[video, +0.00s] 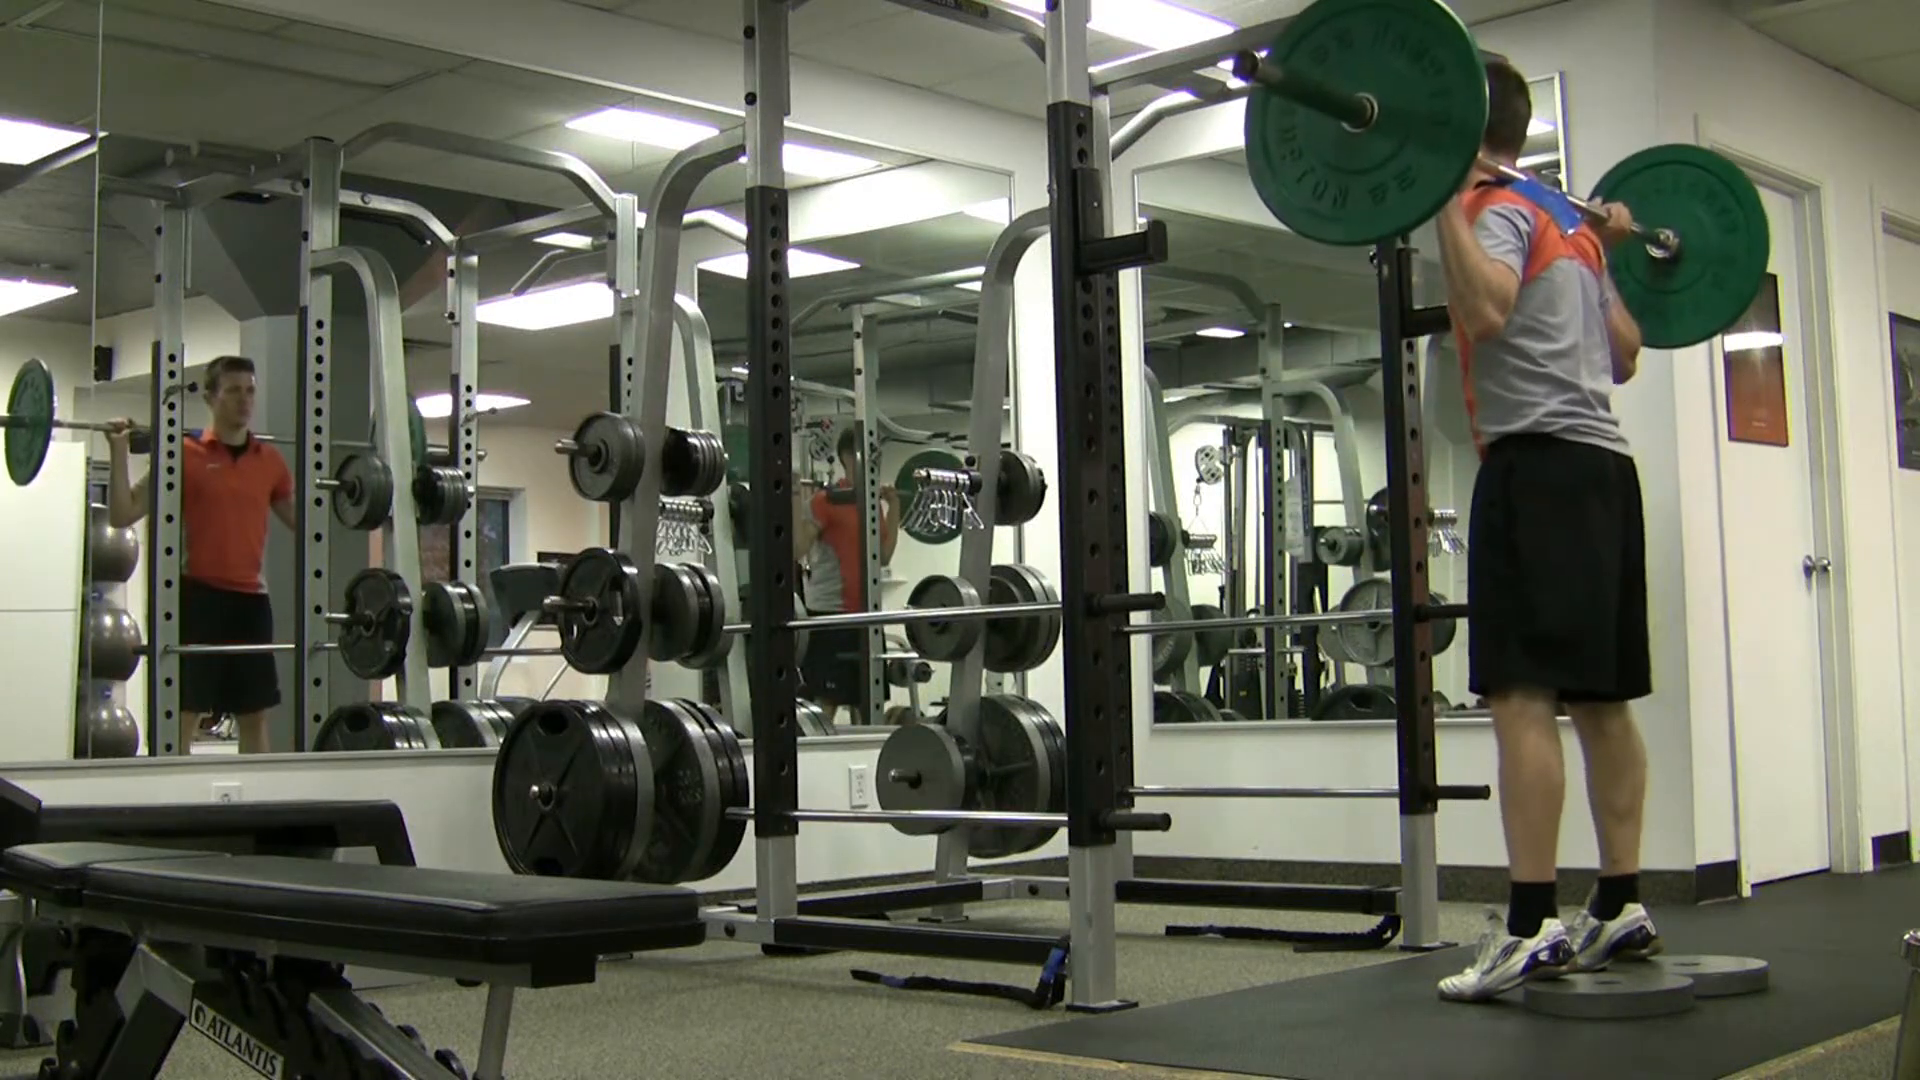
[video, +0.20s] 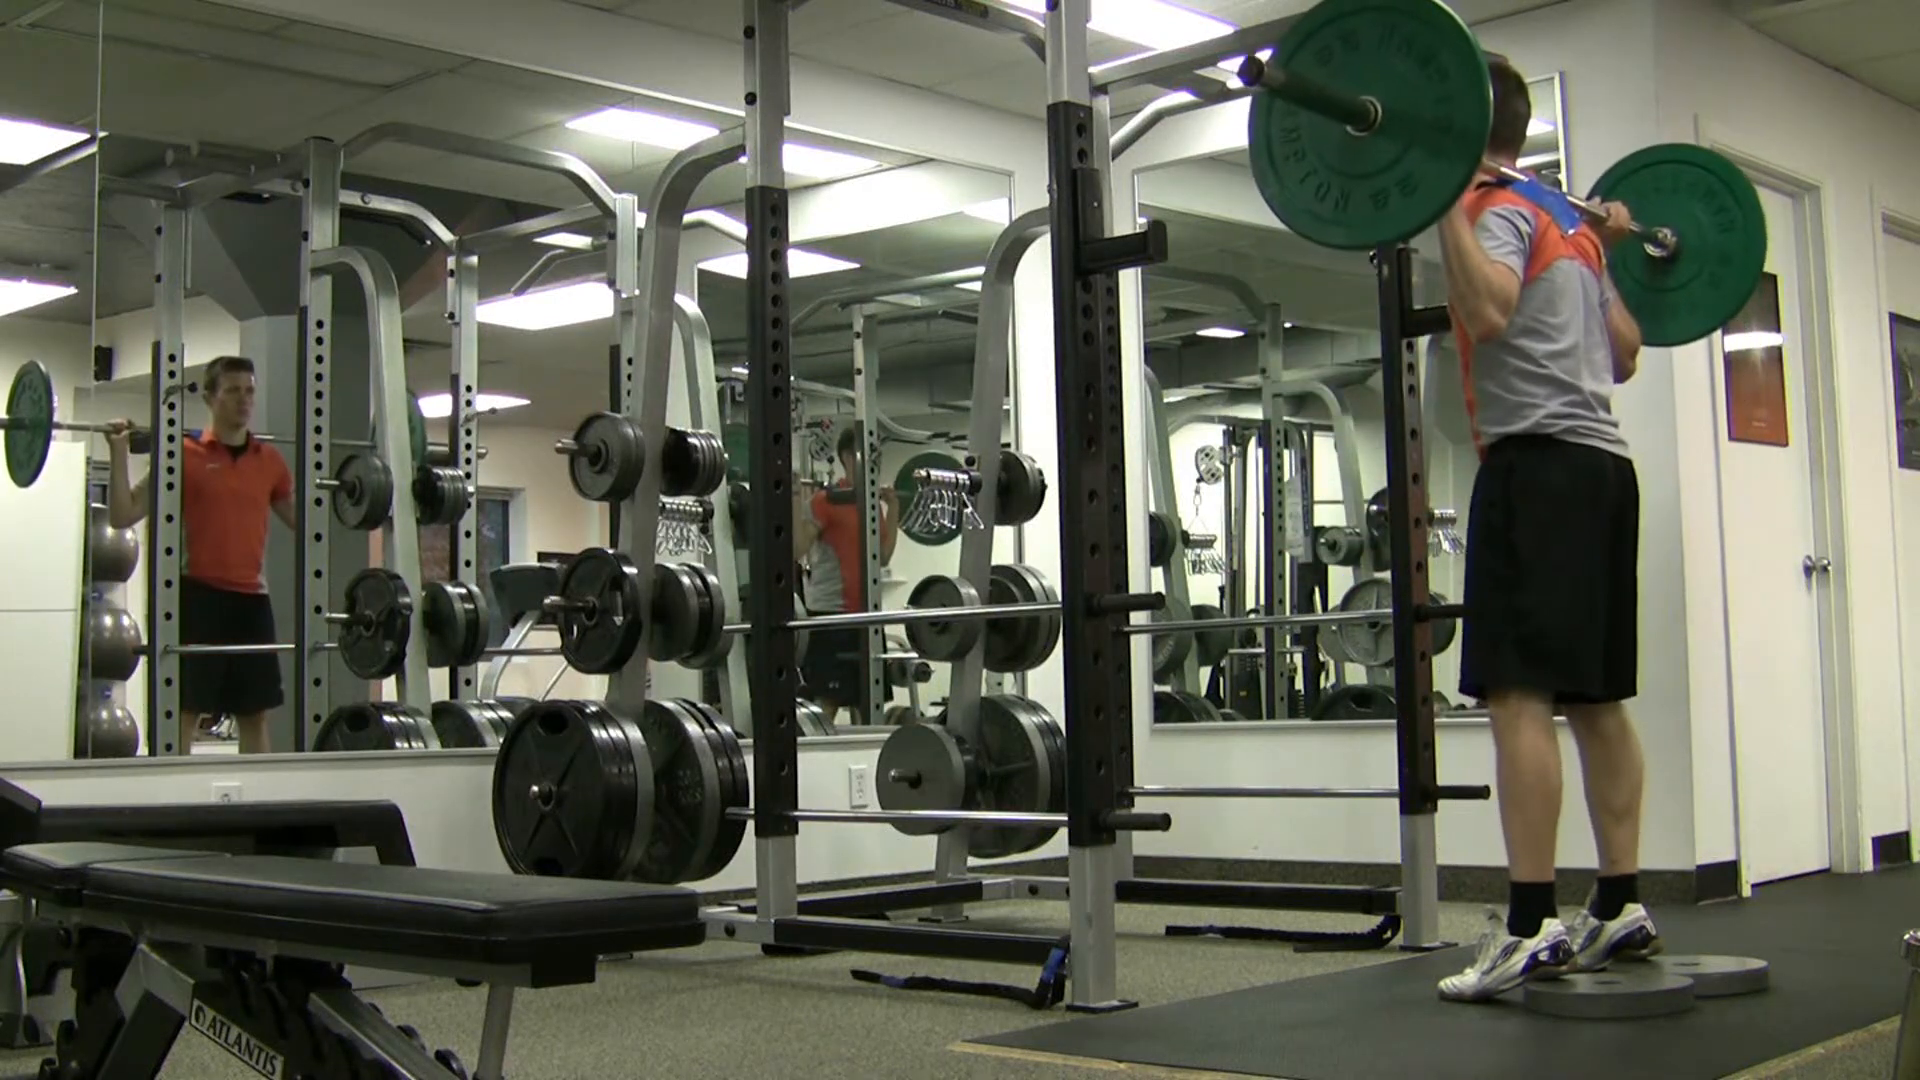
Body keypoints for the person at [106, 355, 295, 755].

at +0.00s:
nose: (245, 399)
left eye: (250, 391)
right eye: (234, 391)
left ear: (256, 398)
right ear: (211, 398)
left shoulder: (269, 458)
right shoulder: (185, 453)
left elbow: (305, 525)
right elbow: (122, 515)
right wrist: (119, 449)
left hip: (249, 601)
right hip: (195, 599)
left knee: (254, 718)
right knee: (185, 719)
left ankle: (259, 809)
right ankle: (173, 809)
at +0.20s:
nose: (245, 399)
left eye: (249, 391)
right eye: (234, 391)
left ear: (256, 398)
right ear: (210, 398)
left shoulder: (269, 459)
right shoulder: (185, 454)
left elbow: (306, 525)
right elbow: (123, 515)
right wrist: (119, 450)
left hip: (250, 601)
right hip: (195, 598)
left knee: (255, 718)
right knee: (185, 718)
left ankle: (261, 809)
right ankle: (174, 809)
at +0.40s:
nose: (245, 402)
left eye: (250, 394)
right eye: (234, 394)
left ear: (256, 400)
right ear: (211, 400)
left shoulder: (268, 460)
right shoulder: (184, 456)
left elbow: (306, 525)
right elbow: (122, 517)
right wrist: (119, 452)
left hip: (249, 603)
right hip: (195, 600)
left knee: (258, 716)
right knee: (187, 717)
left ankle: (260, 809)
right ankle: (176, 809)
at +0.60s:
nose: (245, 420)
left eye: (249, 412)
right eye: (234, 411)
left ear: (255, 418)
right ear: (210, 418)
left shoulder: (268, 479)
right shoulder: (184, 473)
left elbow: (303, 540)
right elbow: (122, 535)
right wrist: (118, 468)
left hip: (246, 617)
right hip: (192, 614)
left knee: (266, 725)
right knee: (189, 726)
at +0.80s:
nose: (245, 444)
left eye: (249, 436)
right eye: (234, 435)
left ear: (255, 442)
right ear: (210, 442)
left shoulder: (269, 504)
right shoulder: (182, 497)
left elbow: (304, 563)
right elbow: (122, 559)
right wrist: (118, 491)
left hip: (242, 634)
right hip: (189, 632)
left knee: (273, 727)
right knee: (196, 723)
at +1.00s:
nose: (245, 471)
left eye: (250, 461)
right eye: (234, 461)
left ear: (256, 467)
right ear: (209, 467)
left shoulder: (268, 527)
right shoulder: (181, 521)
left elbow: (301, 589)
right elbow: (121, 581)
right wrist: (118, 516)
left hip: (239, 652)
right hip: (187, 651)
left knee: (279, 730)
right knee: (198, 726)